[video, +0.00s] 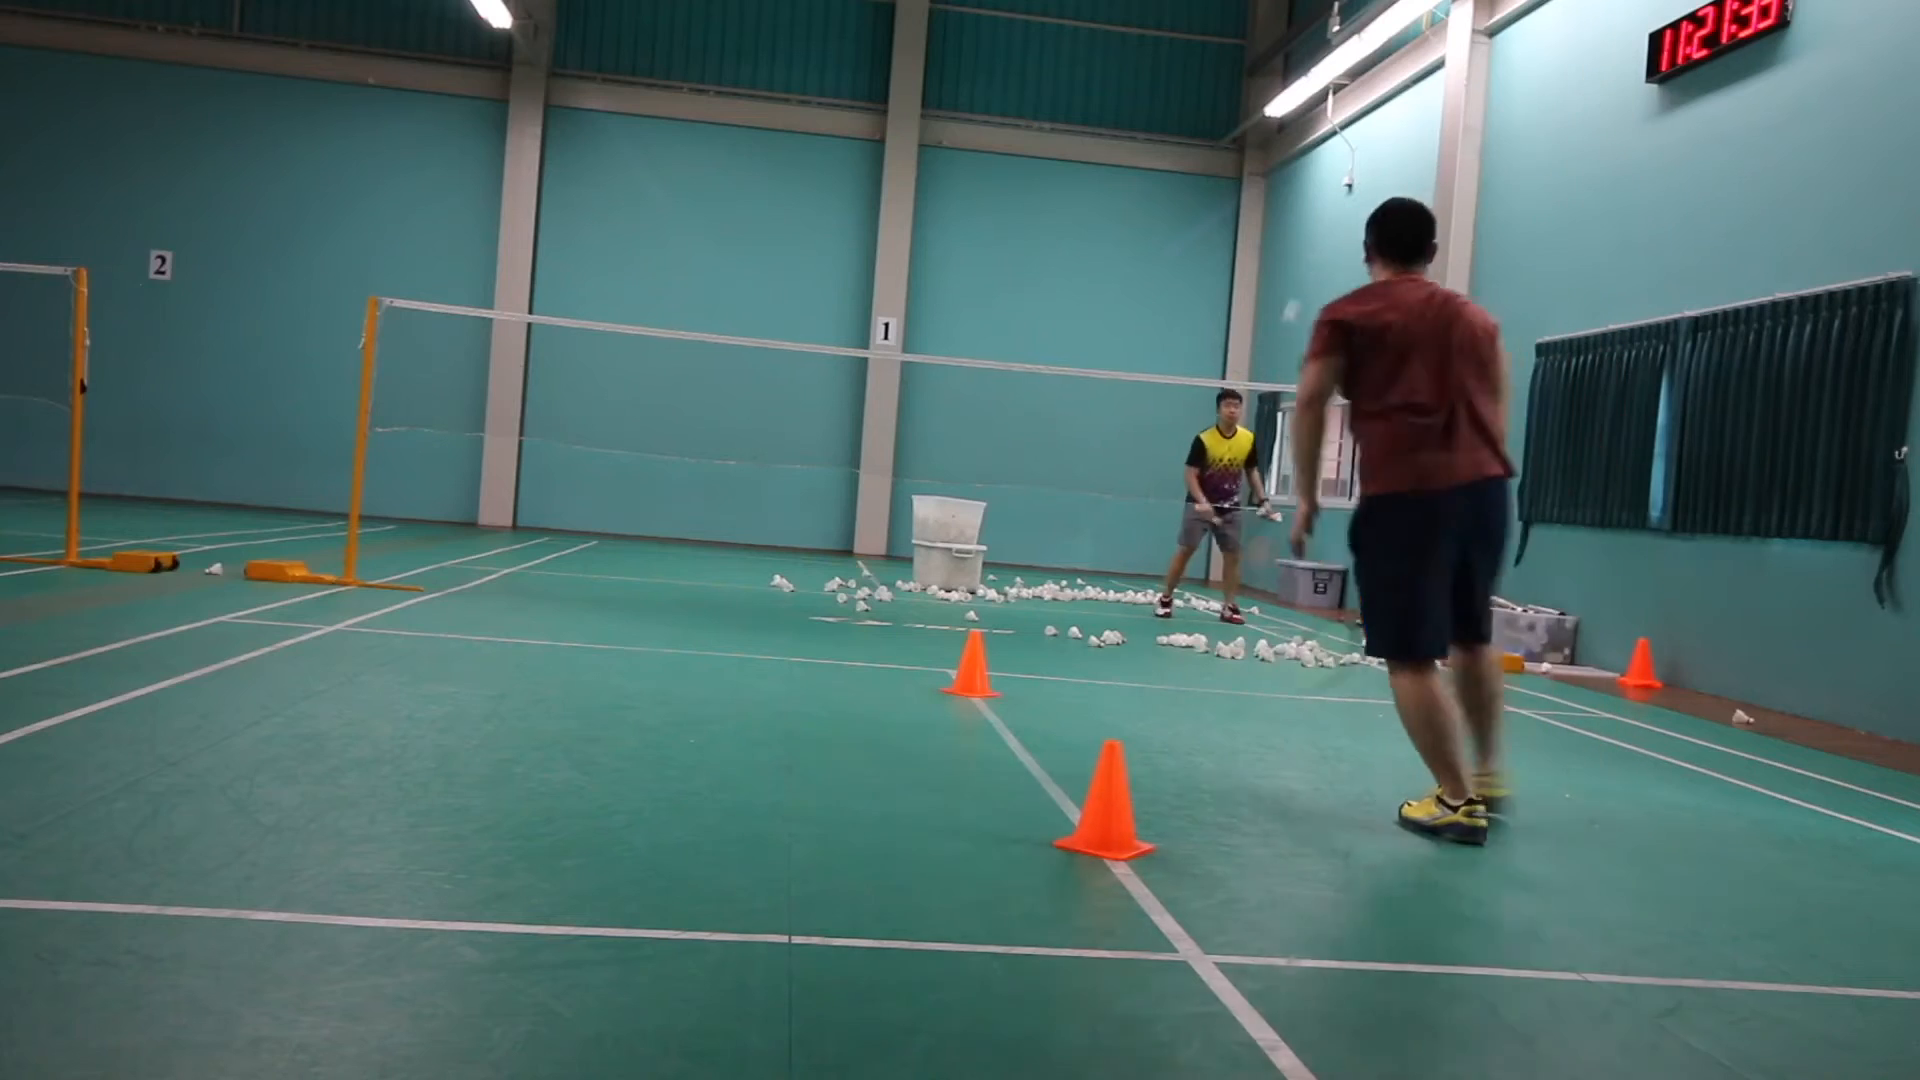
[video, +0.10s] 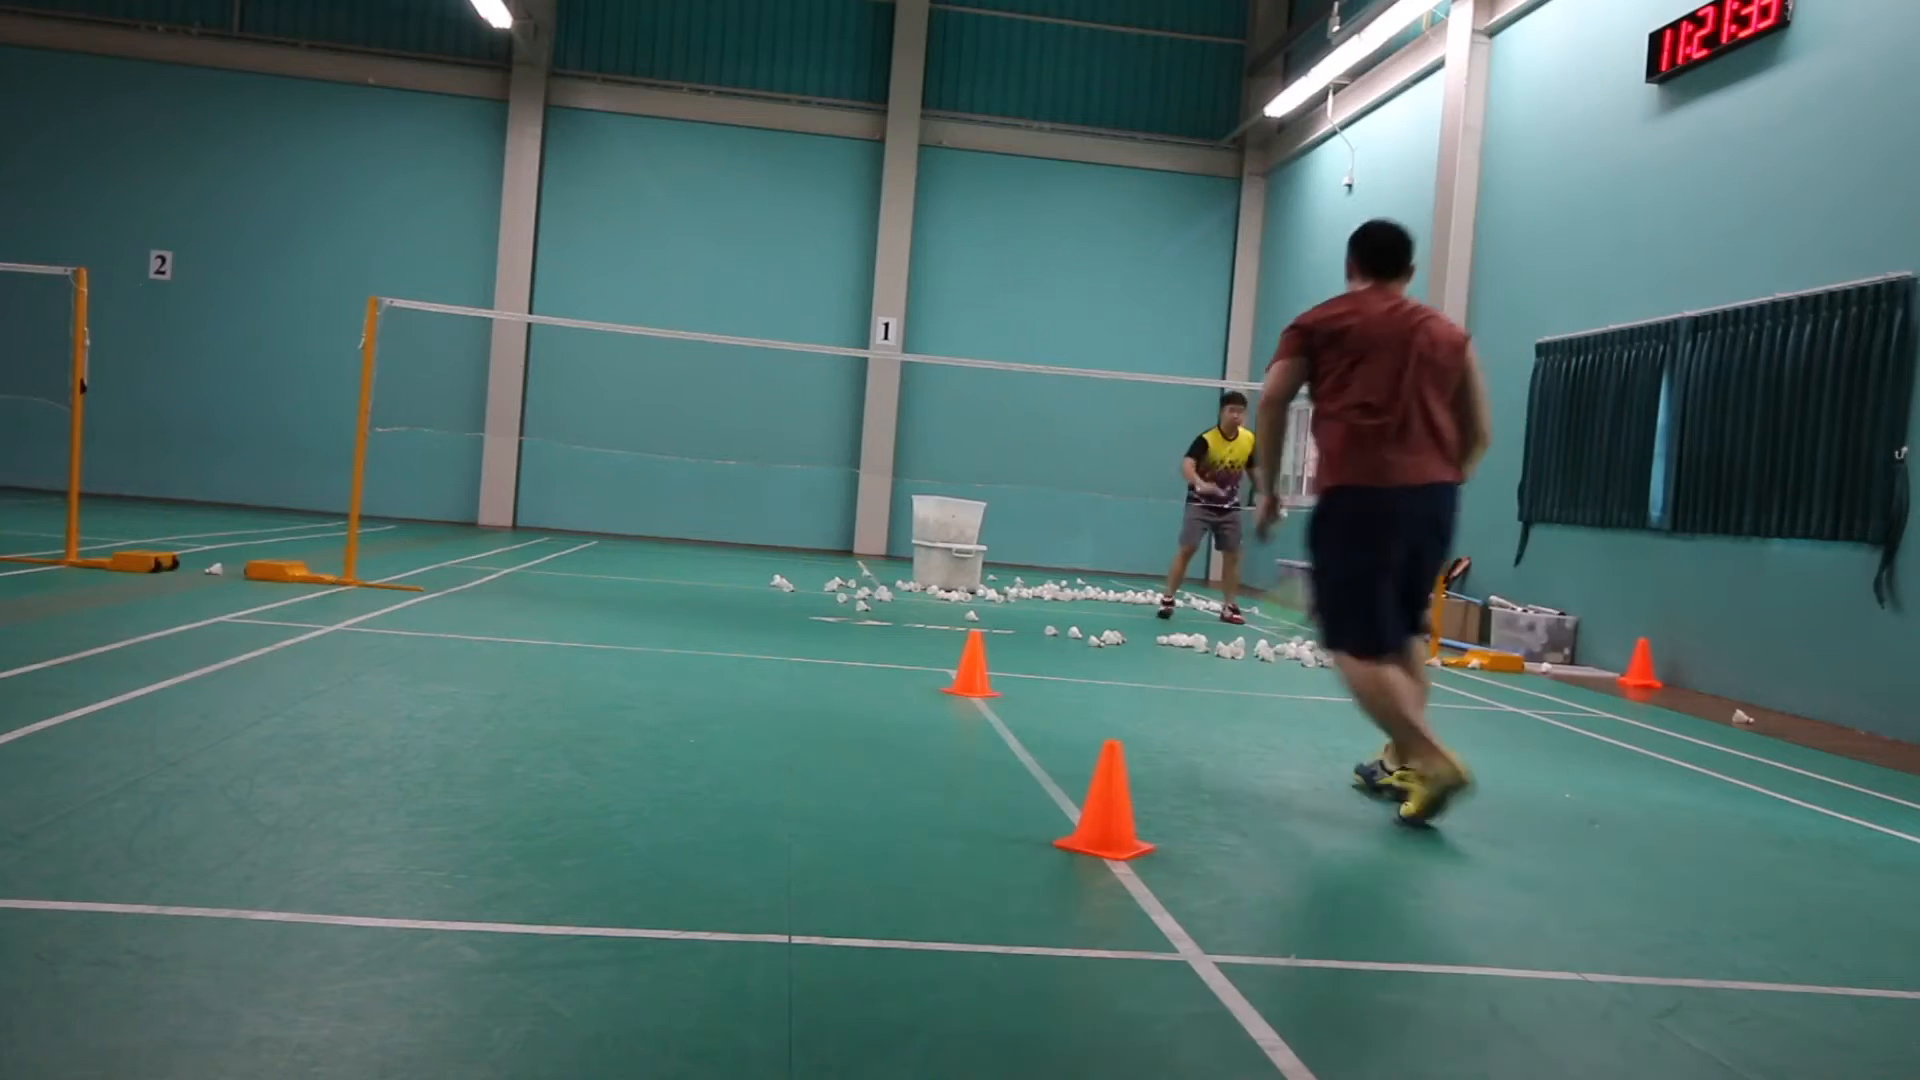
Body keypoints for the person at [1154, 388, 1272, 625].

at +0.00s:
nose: (1232, 411)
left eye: (1236, 406)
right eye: (1228, 406)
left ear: (1241, 410)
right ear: (1218, 409)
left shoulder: (1248, 439)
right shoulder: (1203, 440)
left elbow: (1252, 470)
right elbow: (1190, 474)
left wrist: (1262, 498)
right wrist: (1202, 502)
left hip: (1230, 506)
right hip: (1201, 503)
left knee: (1232, 554)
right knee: (1186, 550)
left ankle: (1229, 605)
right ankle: (1167, 597)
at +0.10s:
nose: (1236, 417)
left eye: (1240, 412)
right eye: (1232, 411)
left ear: (1245, 415)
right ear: (1222, 413)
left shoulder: (1249, 440)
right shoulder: (1206, 439)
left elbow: (1252, 468)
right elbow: (1188, 464)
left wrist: (1261, 490)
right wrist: (1200, 484)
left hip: (1229, 506)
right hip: (1200, 504)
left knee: (1232, 555)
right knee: (1187, 549)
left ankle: (1229, 605)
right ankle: (1169, 597)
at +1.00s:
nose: (1242, 412)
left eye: (1246, 408)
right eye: (1237, 407)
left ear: (1250, 412)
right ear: (1228, 411)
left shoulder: (1255, 439)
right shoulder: (1214, 442)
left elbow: (1257, 469)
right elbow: (1204, 480)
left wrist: (1272, 496)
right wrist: (1222, 507)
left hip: (1236, 504)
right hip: (1210, 503)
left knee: (1234, 556)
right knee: (1211, 552)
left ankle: (1227, 605)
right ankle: (1200, 605)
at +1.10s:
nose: (1249, 409)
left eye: (1252, 405)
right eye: (1243, 404)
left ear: (1255, 410)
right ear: (1232, 408)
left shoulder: (1252, 438)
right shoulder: (1221, 435)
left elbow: (1249, 467)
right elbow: (1215, 462)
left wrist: (1263, 493)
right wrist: (1241, 483)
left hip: (1233, 502)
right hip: (1209, 500)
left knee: (1232, 553)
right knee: (1211, 551)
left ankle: (1227, 604)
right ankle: (1201, 605)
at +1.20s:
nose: (1255, 409)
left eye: (1258, 404)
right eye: (1250, 403)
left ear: (1260, 409)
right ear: (1237, 406)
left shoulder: (1249, 436)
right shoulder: (1225, 427)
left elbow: (1237, 472)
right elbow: (1232, 424)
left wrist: (1251, 492)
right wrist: (1249, 414)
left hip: (1229, 501)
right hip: (1208, 499)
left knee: (1231, 552)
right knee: (1211, 551)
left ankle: (1225, 603)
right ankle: (1201, 606)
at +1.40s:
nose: (1257, 403)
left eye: (1261, 400)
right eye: (1252, 398)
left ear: (1262, 408)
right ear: (1242, 402)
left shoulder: (1250, 434)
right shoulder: (1228, 424)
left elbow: (1247, 468)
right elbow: (1224, 412)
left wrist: (1245, 496)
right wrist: (1242, 392)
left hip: (1234, 497)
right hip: (1214, 495)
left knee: (1225, 553)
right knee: (1213, 552)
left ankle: (1220, 603)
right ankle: (1200, 604)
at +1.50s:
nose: (1257, 406)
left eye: (1261, 403)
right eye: (1253, 401)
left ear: (1263, 410)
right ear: (1240, 403)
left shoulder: (1253, 437)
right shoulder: (1227, 432)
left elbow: (1250, 469)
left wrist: (1252, 497)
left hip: (1238, 503)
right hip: (1221, 501)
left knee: (1227, 556)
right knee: (1215, 556)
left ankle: (1220, 601)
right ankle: (1206, 603)